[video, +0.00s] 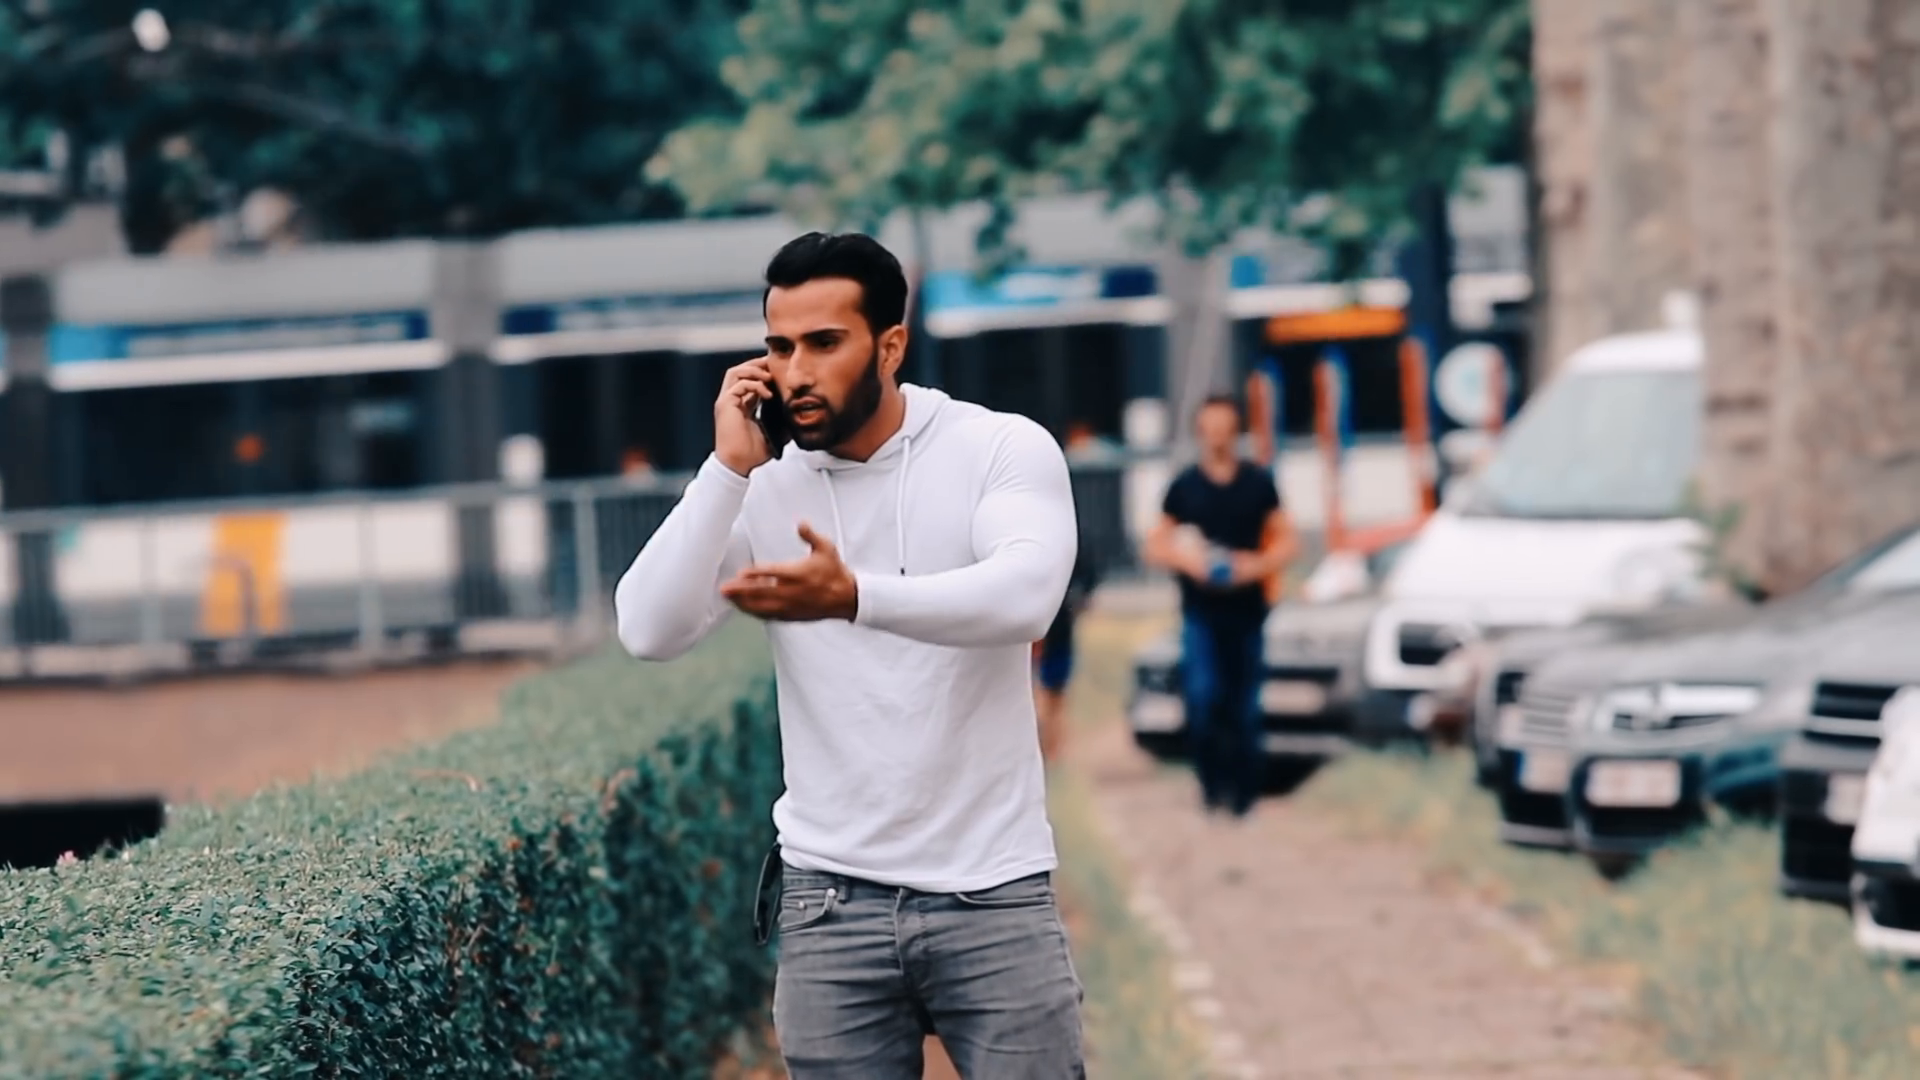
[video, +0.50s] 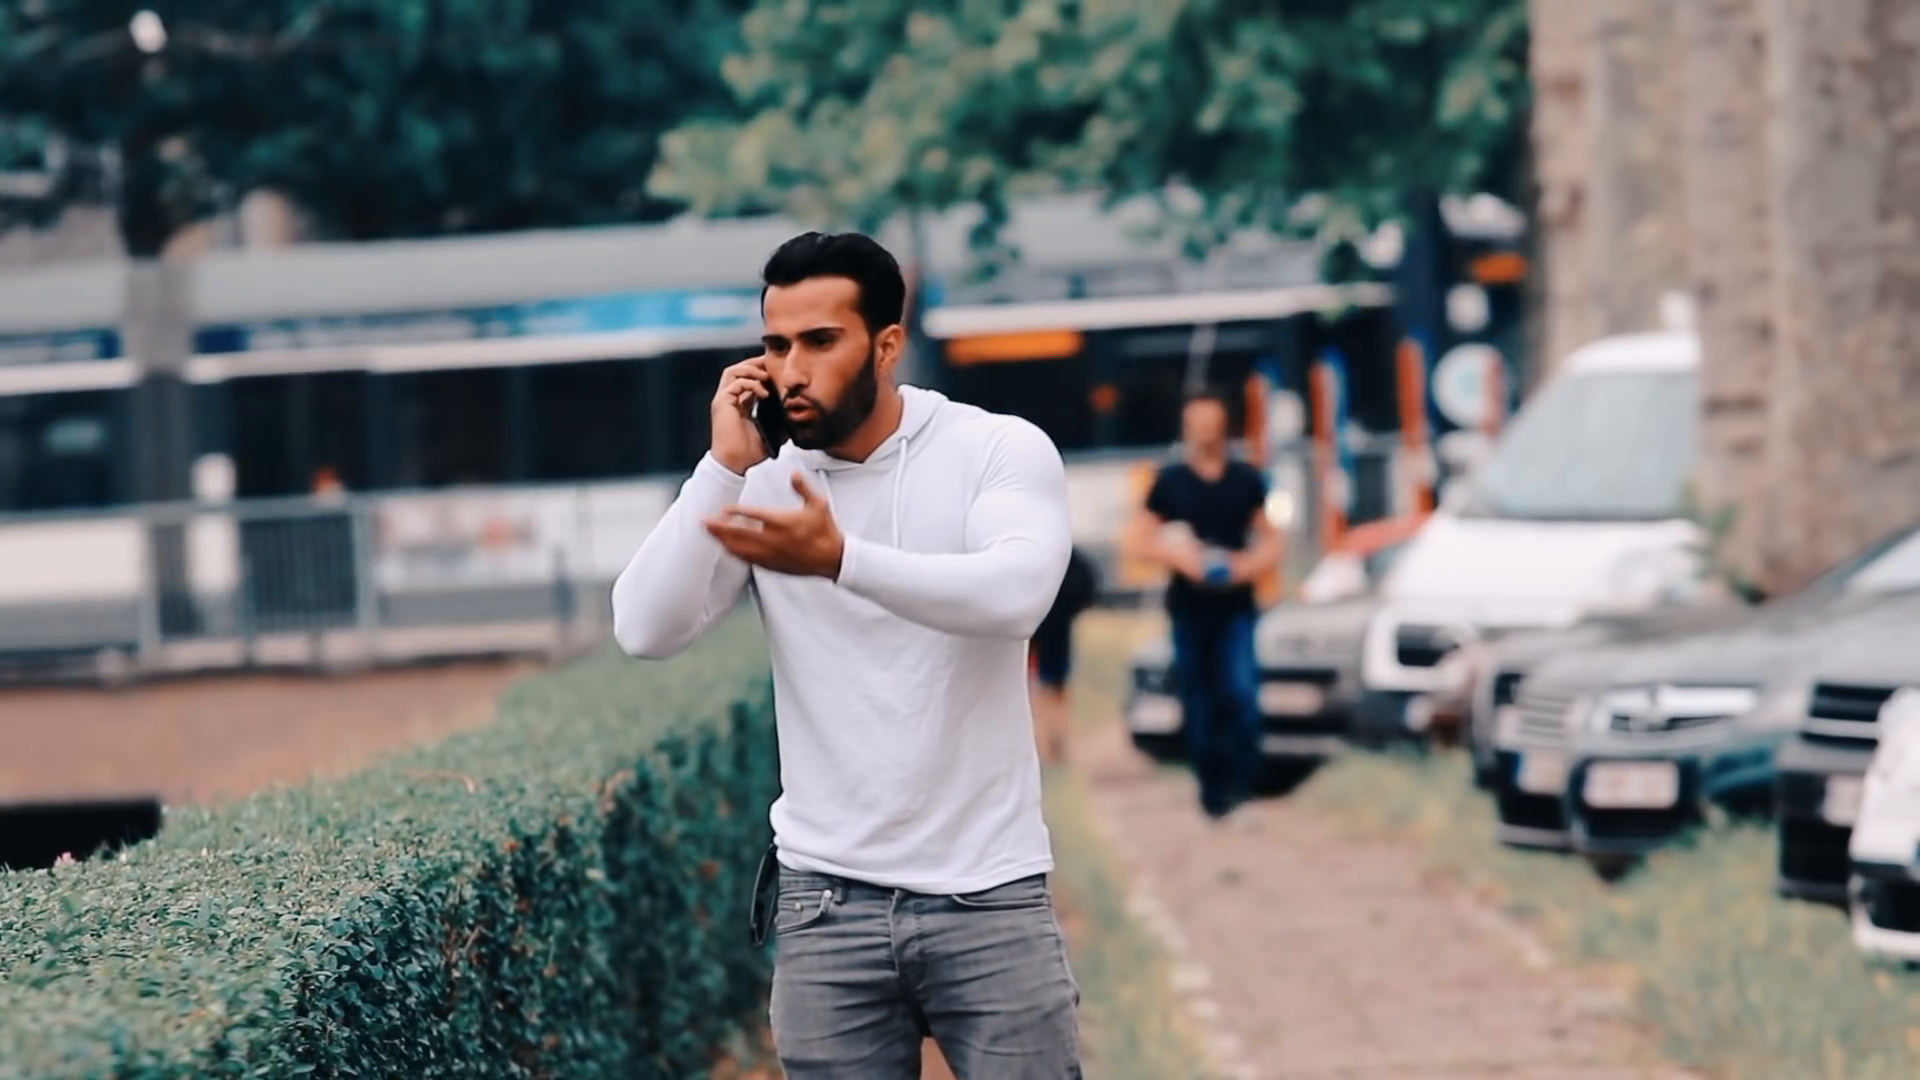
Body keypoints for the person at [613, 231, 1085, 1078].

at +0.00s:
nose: (794, 373)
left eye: (822, 343)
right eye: (780, 348)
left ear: (890, 346)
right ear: (764, 355)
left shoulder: (1007, 450)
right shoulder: (760, 490)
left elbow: (1023, 599)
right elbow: (648, 630)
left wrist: (853, 596)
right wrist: (727, 467)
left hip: (996, 895)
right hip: (827, 901)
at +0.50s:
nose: (789, 371)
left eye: (818, 342)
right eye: (776, 346)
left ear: (887, 343)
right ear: (762, 350)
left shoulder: (1003, 450)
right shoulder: (762, 481)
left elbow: (1015, 598)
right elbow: (644, 627)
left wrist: (838, 560)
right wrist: (722, 467)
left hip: (992, 895)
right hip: (823, 901)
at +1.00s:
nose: (784, 373)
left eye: (813, 344)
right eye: (770, 347)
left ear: (882, 347)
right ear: (755, 354)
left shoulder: (1001, 453)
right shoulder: (755, 490)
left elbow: (1007, 606)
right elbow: (643, 632)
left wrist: (838, 606)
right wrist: (720, 467)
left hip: (989, 898)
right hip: (821, 904)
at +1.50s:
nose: (790, 374)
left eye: (819, 345)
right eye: (778, 349)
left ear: (888, 347)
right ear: (763, 355)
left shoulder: (1006, 457)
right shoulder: (764, 487)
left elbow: (1014, 607)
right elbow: (645, 631)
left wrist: (838, 574)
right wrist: (723, 469)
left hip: (991, 897)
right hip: (822, 902)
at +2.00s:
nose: (786, 373)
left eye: (815, 344)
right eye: (774, 348)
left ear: (885, 347)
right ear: (759, 355)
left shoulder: (1004, 458)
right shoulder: (758, 491)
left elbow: (1009, 617)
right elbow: (643, 631)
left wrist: (854, 648)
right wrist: (723, 469)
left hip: (990, 900)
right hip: (821, 906)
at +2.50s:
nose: (784, 374)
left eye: (812, 343)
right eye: (770, 348)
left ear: (881, 346)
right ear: (755, 355)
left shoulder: (1000, 456)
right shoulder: (758, 482)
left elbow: (1004, 603)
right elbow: (640, 630)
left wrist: (827, 554)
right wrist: (716, 470)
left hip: (984, 897)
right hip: (816, 903)